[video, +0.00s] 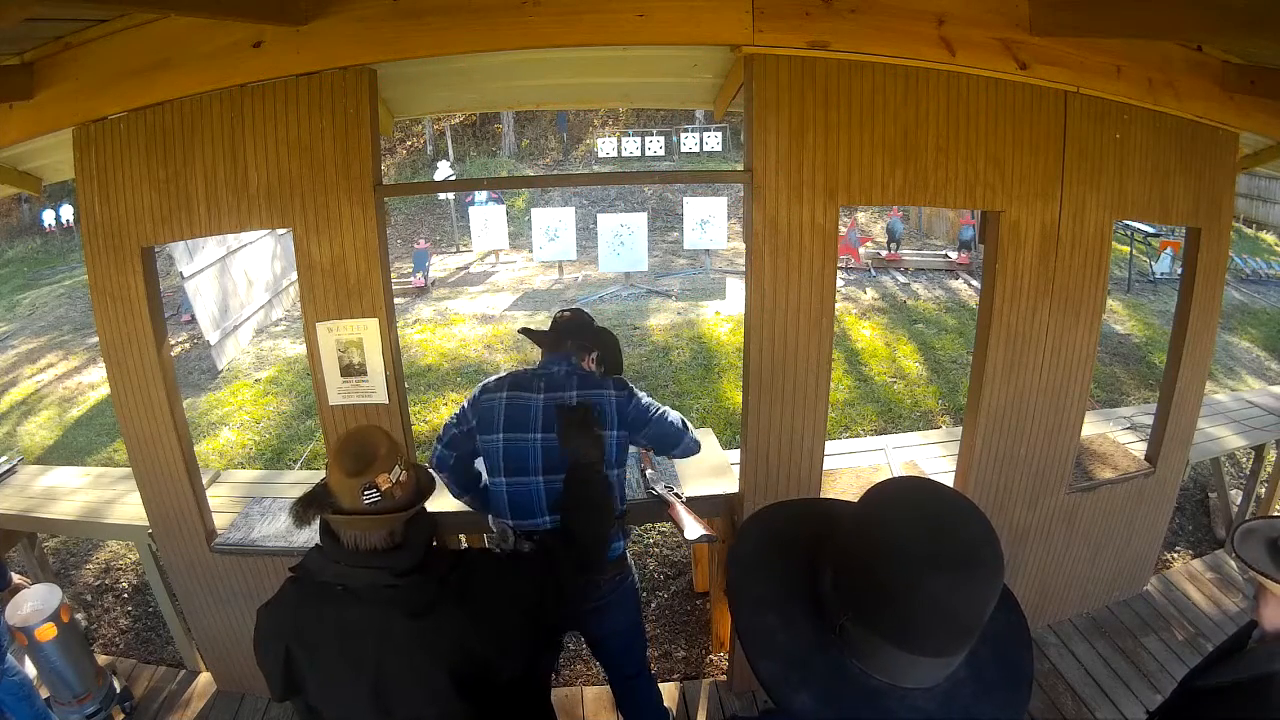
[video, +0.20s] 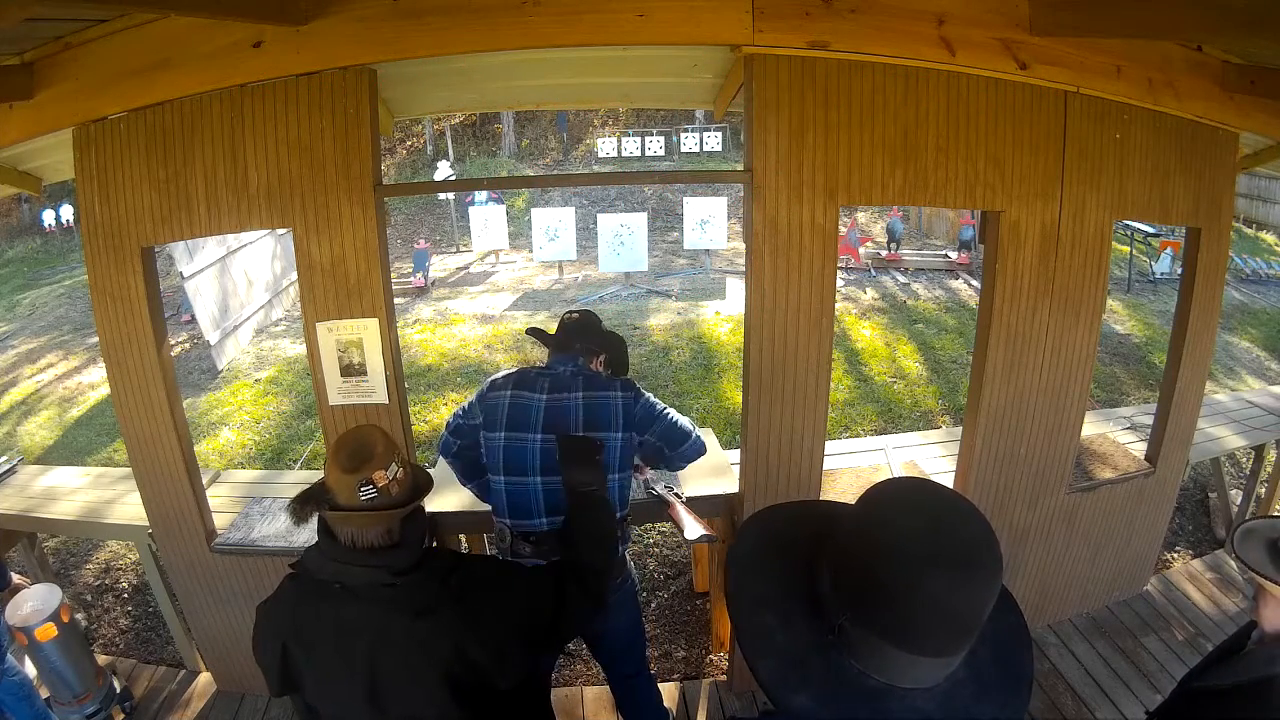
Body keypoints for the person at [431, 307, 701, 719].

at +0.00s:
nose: (599, 368)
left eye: (599, 360)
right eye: (598, 359)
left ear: (546, 350)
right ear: (588, 356)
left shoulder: (490, 393)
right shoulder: (615, 394)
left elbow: (446, 458)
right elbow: (686, 441)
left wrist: (489, 504)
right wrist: (649, 436)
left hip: (519, 577)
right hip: (600, 570)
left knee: (529, 692)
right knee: (633, 682)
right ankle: (652, 718)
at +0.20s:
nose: (606, 369)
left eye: (606, 361)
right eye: (606, 361)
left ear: (552, 351)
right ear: (596, 358)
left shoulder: (496, 390)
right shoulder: (621, 395)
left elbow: (452, 443)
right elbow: (690, 445)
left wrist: (498, 493)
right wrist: (643, 455)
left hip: (520, 578)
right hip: (602, 572)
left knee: (527, 694)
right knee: (633, 683)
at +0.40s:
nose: (603, 365)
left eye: (543, 347)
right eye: (602, 358)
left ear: (544, 350)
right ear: (595, 356)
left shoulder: (494, 388)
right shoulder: (624, 394)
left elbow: (428, 422)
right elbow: (683, 445)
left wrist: (476, 472)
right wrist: (638, 475)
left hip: (522, 581)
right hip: (604, 575)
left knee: (528, 694)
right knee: (635, 684)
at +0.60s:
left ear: (532, 344)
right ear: (589, 347)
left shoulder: (489, 397)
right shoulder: (617, 394)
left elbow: (432, 459)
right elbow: (662, 467)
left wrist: (492, 460)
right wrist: (613, 468)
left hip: (523, 585)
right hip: (604, 577)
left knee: (528, 695)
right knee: (635, 686)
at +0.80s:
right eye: (580, 335)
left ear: (523, 342)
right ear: (581, 343)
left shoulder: (489, 401)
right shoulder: (608, 391)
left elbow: (479, 449)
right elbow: (629, 459)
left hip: (526, 585)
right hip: (605, 577)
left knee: (530, 696)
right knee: (636, 686)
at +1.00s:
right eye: (582, 335)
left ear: (523, 340)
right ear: (580, 343)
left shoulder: (491, 393)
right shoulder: (606, 389)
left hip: (524, 580)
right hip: (602, 575)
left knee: (529, 694)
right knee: (636, 688)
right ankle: (652, 715)